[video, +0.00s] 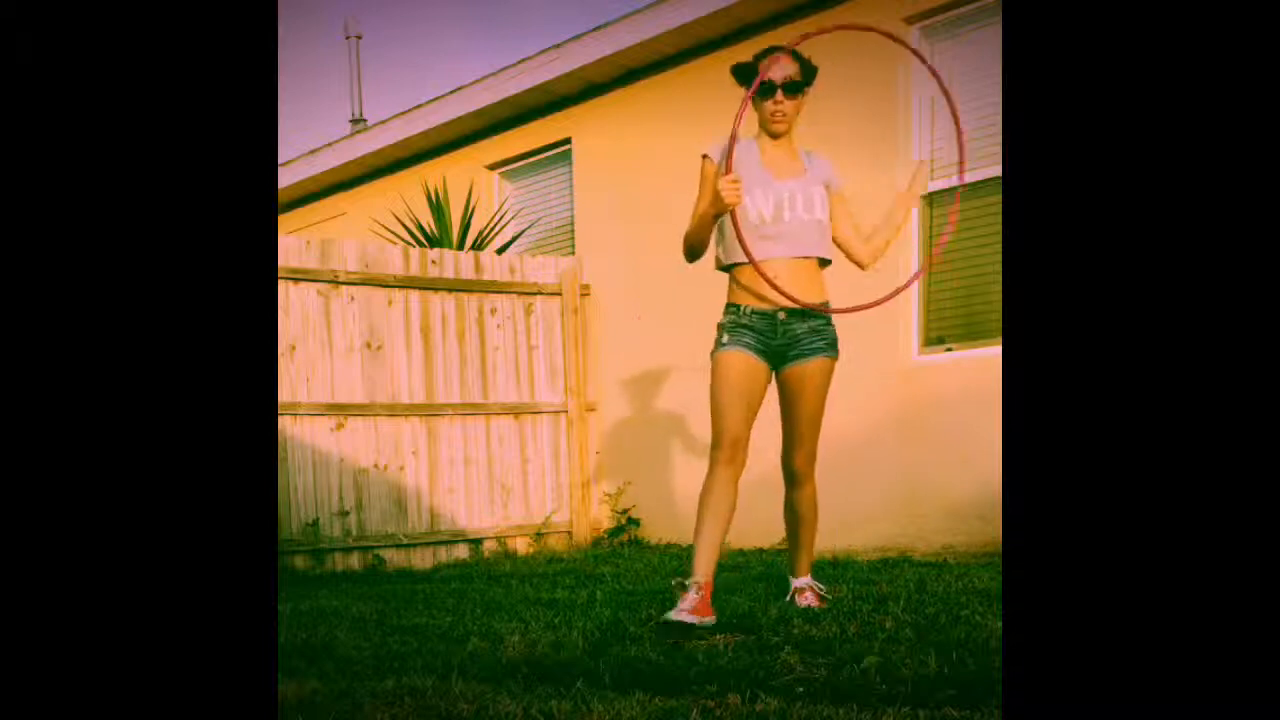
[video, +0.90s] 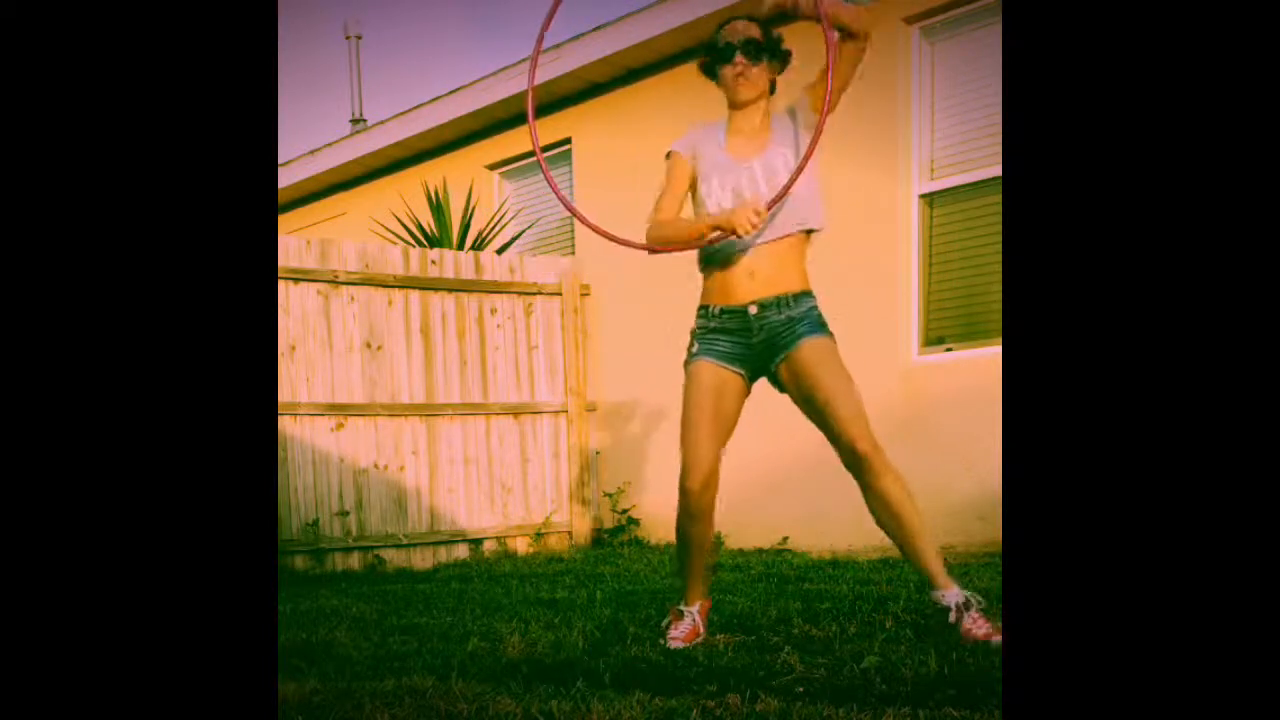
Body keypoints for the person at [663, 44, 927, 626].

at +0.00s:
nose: (779, 100)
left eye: (790, 89)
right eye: (767, 89)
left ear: (805, 98)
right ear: (751, 96)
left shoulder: (820, 171)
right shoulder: (725, 160)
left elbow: (865, 254)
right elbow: (692, 251)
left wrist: (912, 190)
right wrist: (711, 210)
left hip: (810, 326)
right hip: (743, 324)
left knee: (800, 467)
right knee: (726, 451)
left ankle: (803, 581)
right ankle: (699, 591)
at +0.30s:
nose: (739, 89)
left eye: (751, 78)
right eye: (727, 78)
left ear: (767, 85)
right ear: (710, 84)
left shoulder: (773, 156)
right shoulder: (677, 147)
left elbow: (826, 161)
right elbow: (647, 228)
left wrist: (872, 91)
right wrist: (636, 173)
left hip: (752, 316)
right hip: (684, 314)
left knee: (803, 450)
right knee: (690, 463)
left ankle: (728, 499)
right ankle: (686, 607)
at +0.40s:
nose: (725, 88)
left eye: (737, 78)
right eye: (714, 78)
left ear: (753, 87)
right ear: (698, 86)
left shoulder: (764, 156)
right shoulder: (668, 147)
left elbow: (807, 148)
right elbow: (642, 224)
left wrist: (799, 62)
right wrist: (639, 143)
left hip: (747, 319)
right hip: (677, 321)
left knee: (828, 405)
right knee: (681, 467)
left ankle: (724, 421)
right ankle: (686, 608)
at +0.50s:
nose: (717, 91)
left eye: (729, 80)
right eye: (705, 80)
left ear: (747, 90)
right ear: (687, 90)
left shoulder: (762, 158)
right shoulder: (663, 156)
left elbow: (801, 127)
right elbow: (655, 225)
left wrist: (751, 43)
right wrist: (671, 134)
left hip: (745, 320)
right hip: (677, 329)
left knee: (838, 353)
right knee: (677, 474)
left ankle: (752, 428)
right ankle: (686, 608)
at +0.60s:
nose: (727, 88)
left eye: (734, 76)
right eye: (710, 77)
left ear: (745, 84)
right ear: (688, 90)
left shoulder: (761, 152)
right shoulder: (660, 154)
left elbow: (801, 91)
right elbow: (666, 218)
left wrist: (734, 34)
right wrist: (707, 145)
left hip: (748, 317)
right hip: (679, 334)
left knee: (837, 344)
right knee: (677, 479)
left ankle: (816, 483)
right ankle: (689, 609)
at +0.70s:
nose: (712, 77)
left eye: (724, 65)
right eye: (700, 67)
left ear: (745, 76)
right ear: (685, 79)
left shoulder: (761, 141)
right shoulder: (664, 149)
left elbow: (800, 63)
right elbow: (673, 222)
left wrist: (751, 19)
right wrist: (730, 159)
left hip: (756, 316)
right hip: (685, 332)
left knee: (844, 380)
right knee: (681, 480)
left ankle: (897, 535)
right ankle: (689, 610)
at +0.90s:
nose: (738, 63)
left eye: (752, 52)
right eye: (726, 54)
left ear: (775, 65)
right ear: (714, 72)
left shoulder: (797, 123)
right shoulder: (693, 147)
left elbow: (859, 31)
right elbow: (656, 234)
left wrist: (794, 7)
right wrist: (716, 224)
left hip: (793, 318)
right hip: (718, 329)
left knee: (863, 450)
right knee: (694, 480)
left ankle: (949, 595)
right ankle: (692, 606)